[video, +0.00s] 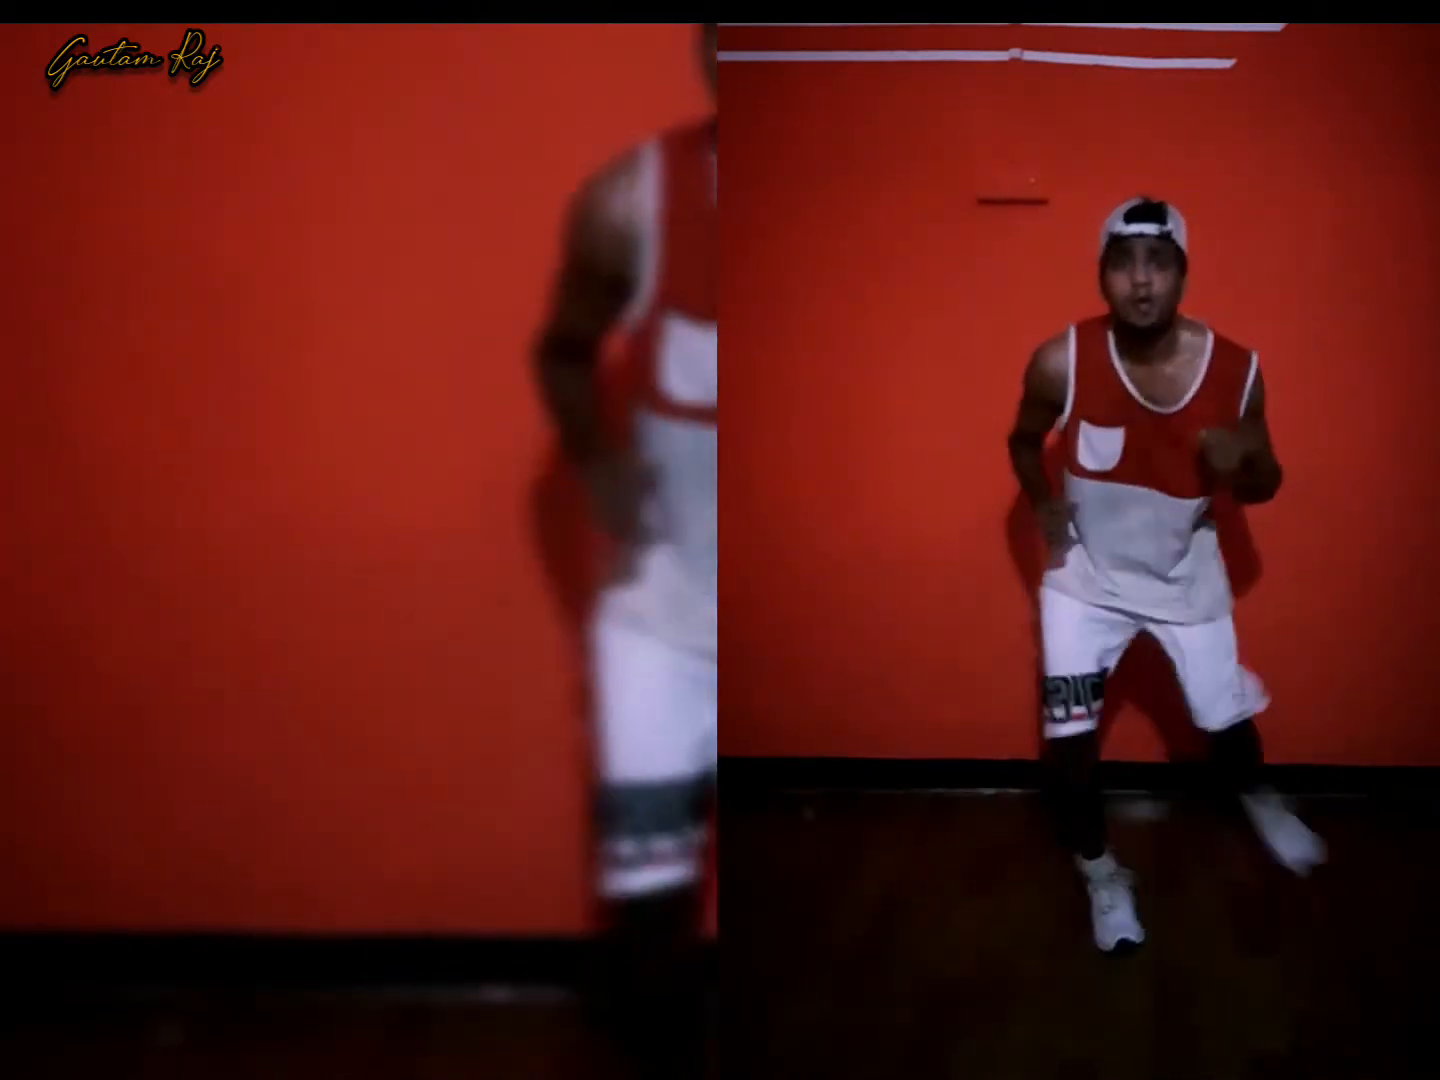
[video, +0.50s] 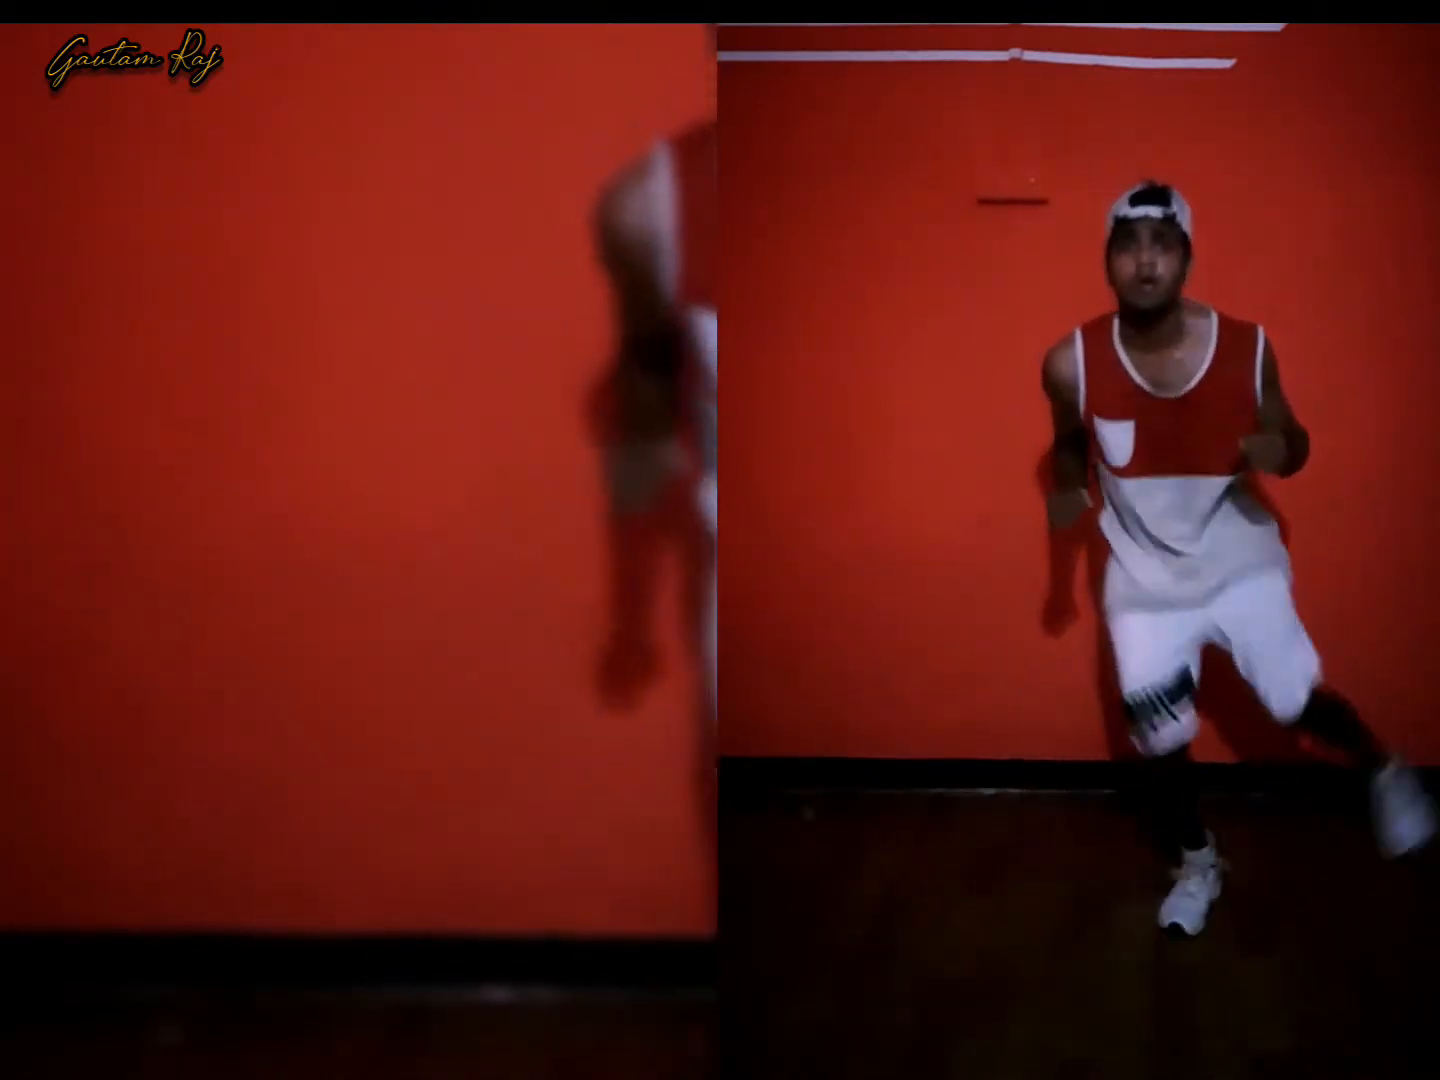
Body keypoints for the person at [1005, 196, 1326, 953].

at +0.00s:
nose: (1142, 280)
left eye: (1159, 263)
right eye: (1126, 263)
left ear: (1183, 276)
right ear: (1103, 277)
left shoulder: (1234, 370)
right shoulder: (1064, 361)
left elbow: (1265, 483)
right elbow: (1026, 441)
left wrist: (1241, 461)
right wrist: (1047, 506)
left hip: (1188, 576)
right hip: (1088, 571)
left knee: (1228, 727)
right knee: (1068, 744)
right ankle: (1101, 878)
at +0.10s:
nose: (1124, 284)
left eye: (1141, 268)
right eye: (1109, 266)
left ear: (1166, 281)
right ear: (1088, 280)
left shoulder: (1220, 375)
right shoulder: (1053, 378)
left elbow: (1244, 489)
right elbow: (1027, 469)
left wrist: (1230, 465)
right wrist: (1041, 520)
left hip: (1189, 589)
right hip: (1093, 586)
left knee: (1208, 750)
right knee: (1083, 748)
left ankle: (1208, 824)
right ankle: (1110, 883)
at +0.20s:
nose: (1104, 284)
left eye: (1120, 267)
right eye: (1089, 268)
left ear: (1147, 281)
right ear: (1069, 285)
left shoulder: (1213, 356)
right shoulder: (1054, 388)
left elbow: (1254, 448)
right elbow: (1031, 494)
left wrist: (1230, 475)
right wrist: (1028, 536)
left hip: (1200, 603)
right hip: (1104, 602)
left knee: (1188, 769)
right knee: (1083, 759)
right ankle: (1108, 880)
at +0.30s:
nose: (1119, 260)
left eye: (1136, 242)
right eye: (1103, 243)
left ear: (1163, 256)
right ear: (1083, 259)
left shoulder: (1230, 335)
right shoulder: (1063, 360)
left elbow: (1283, 417)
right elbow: (1053, 451)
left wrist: (1241, 447)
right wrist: (1041, 498)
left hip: (1216, 556)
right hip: (1118, 563)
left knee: (1234, 686)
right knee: (1100, 721)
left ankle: (1175, 618)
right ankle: (1114, 878)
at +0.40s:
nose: (1140, 251)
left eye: (1159, 235)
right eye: (1125, 234)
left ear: (1184, 248)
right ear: (1105, 248)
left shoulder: (1242, 334)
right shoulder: (1071, 345)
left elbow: (1298, 425)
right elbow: (1070, 427)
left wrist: (1263, 431)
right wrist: (1056, 467)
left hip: (1227, 531)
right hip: (1128, 545)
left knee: (1278, 660)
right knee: (1127, 707)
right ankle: (1165, 853)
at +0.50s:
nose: (1146, 261)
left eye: (1162, 244)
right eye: (1129, 244)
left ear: (1187, 259)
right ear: (1108, 260)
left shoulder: (1243, 348)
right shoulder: (1074, 364)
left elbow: (1288, 451)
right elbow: (1069, 446)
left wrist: (1264, 442)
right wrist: (1068, 491)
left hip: (1236, 552)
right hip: (1140, 570)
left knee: (1294, 702)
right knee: (1158, 735)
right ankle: (1194, 863)